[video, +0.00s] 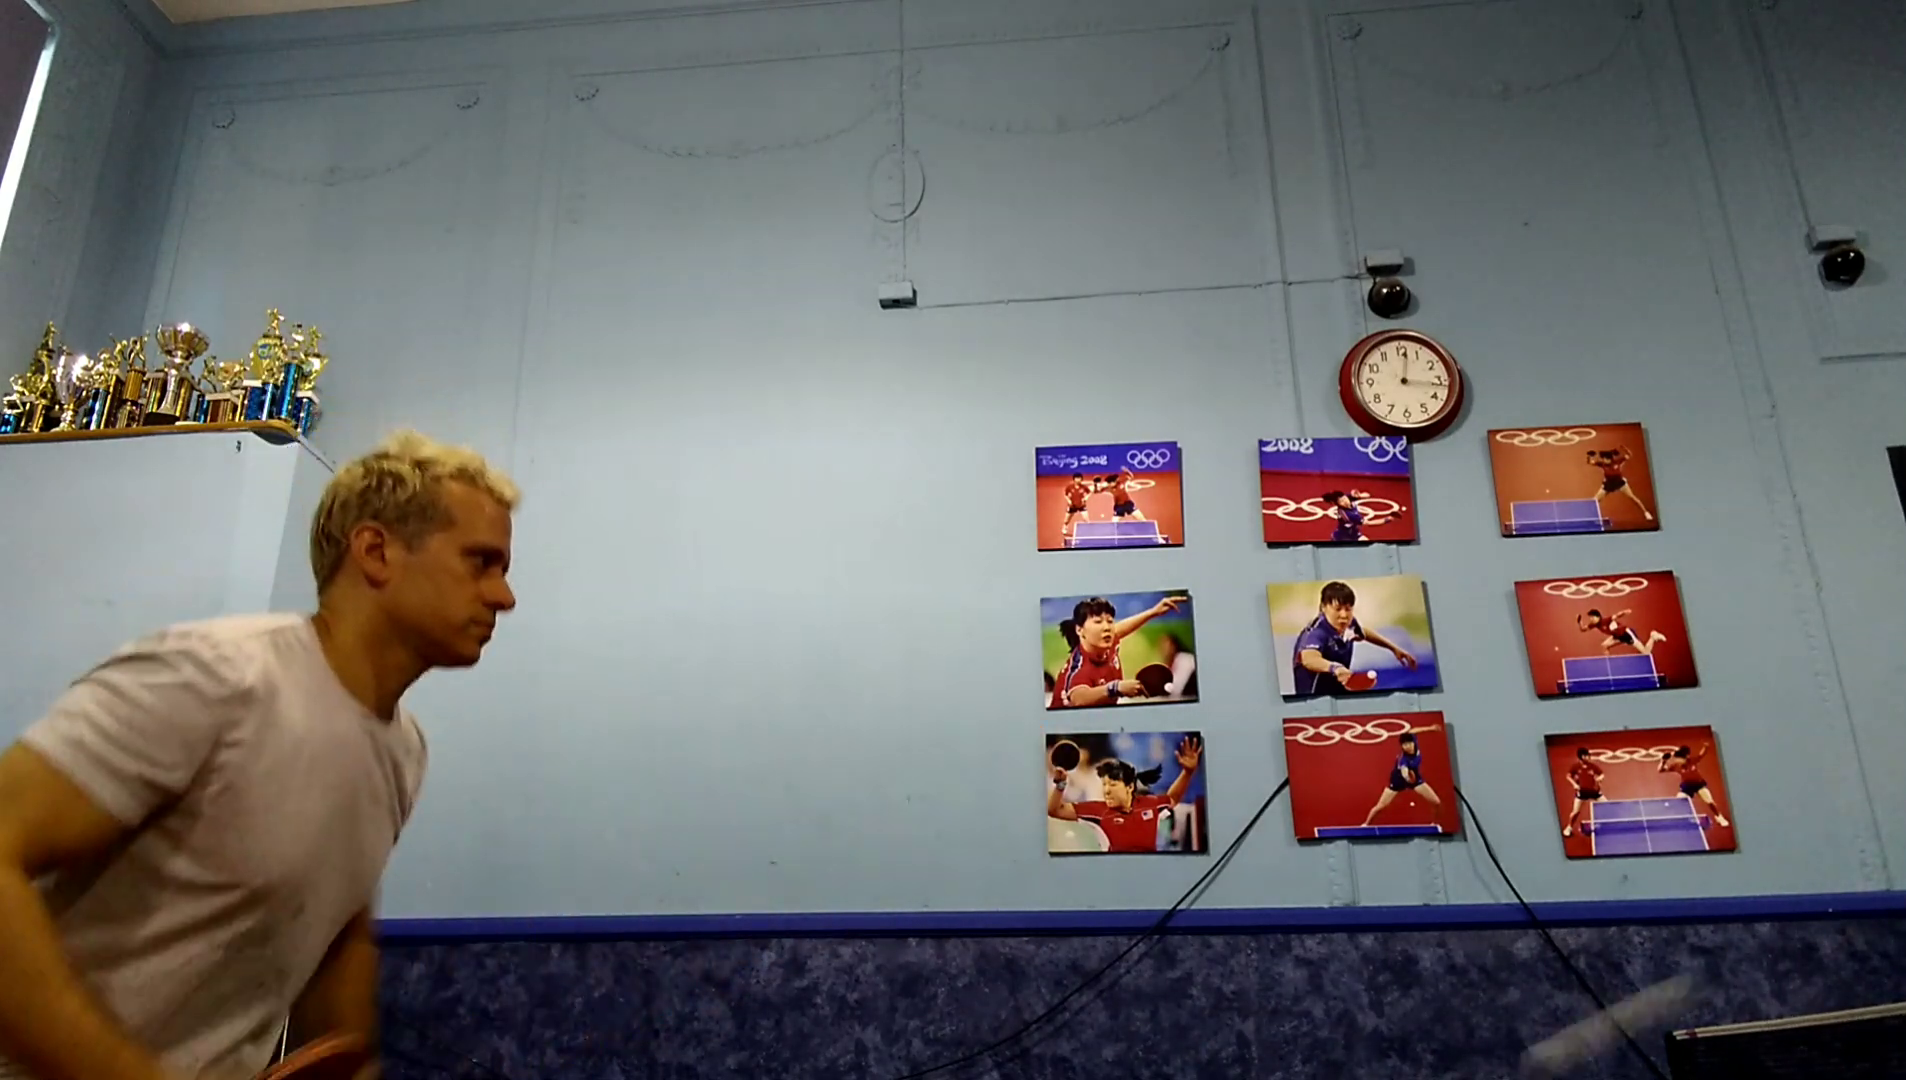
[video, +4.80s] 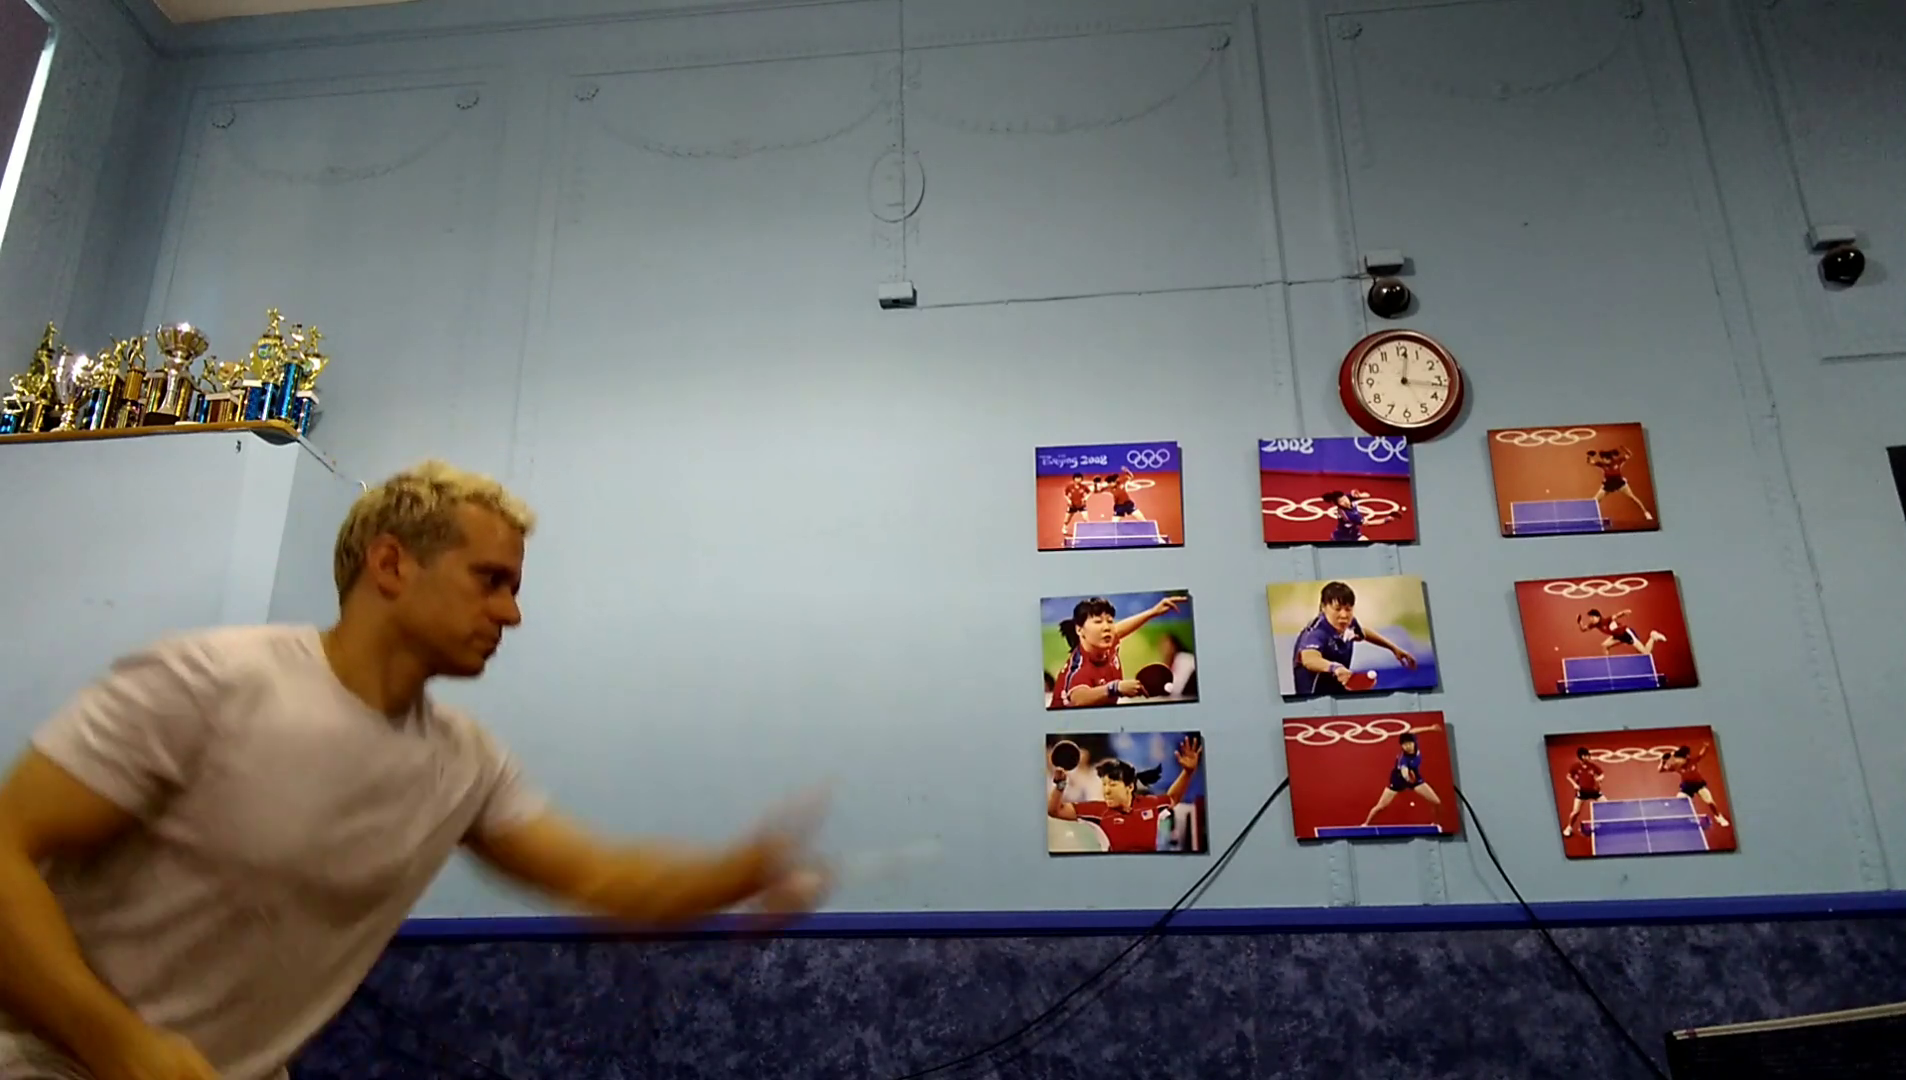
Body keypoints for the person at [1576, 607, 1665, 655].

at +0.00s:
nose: (1590, 620)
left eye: (1591, 618)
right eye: (1590, 619)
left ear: (1597, 617)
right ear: (1593, 618)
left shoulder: (1607, 621)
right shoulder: (1594, 625)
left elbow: (1617, 615)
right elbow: (1583, 630)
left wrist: (1625, 612)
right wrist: (1579, 623)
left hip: (1627, 634)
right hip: (1617, 637)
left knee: (1645, 652)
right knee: (1604, 645)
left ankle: (1653, 636)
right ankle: (1609, 667)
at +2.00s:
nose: (1590, 620)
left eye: (1591, 618)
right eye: (1590, 619)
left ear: (1597, 617)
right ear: (1593, 618)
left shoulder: (1607, 620)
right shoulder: (1594, 624)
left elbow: (1617, 615)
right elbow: (1583, 630)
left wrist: (1626, 612)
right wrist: (1579, 623)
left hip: (1627, 634)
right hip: (1617, 636)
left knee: (1646, 652)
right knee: (1604, 645)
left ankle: (1653, 636)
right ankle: (1608, 667)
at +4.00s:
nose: (1590, 620)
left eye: (1591, 618)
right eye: (1590, 619)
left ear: (1597, 617)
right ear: (1593, 618)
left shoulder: (1607, 620)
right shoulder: (1594, 624)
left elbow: (1617, 615)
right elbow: (1583, 630)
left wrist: (1625, 612)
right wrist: (1579, 623)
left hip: (1627, 634)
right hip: (1617, 637)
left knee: (1645, 652)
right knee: (1604, 645)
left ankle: (1653, 636)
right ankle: (1608, 667)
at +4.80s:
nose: (1590, 620)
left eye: (1591, 618)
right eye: (1590, 618)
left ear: (1597, 617)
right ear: (1593, 618)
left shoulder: (1607, 620)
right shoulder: (1594, 624)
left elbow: (1617, 615)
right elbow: (1583, 630)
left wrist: (1625, 612)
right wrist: (1579, 623)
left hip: (1627, 634)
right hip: (1617, 636)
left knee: (1645, 652)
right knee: (1604, 645)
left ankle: (1653, 636)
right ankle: (1608, 667)